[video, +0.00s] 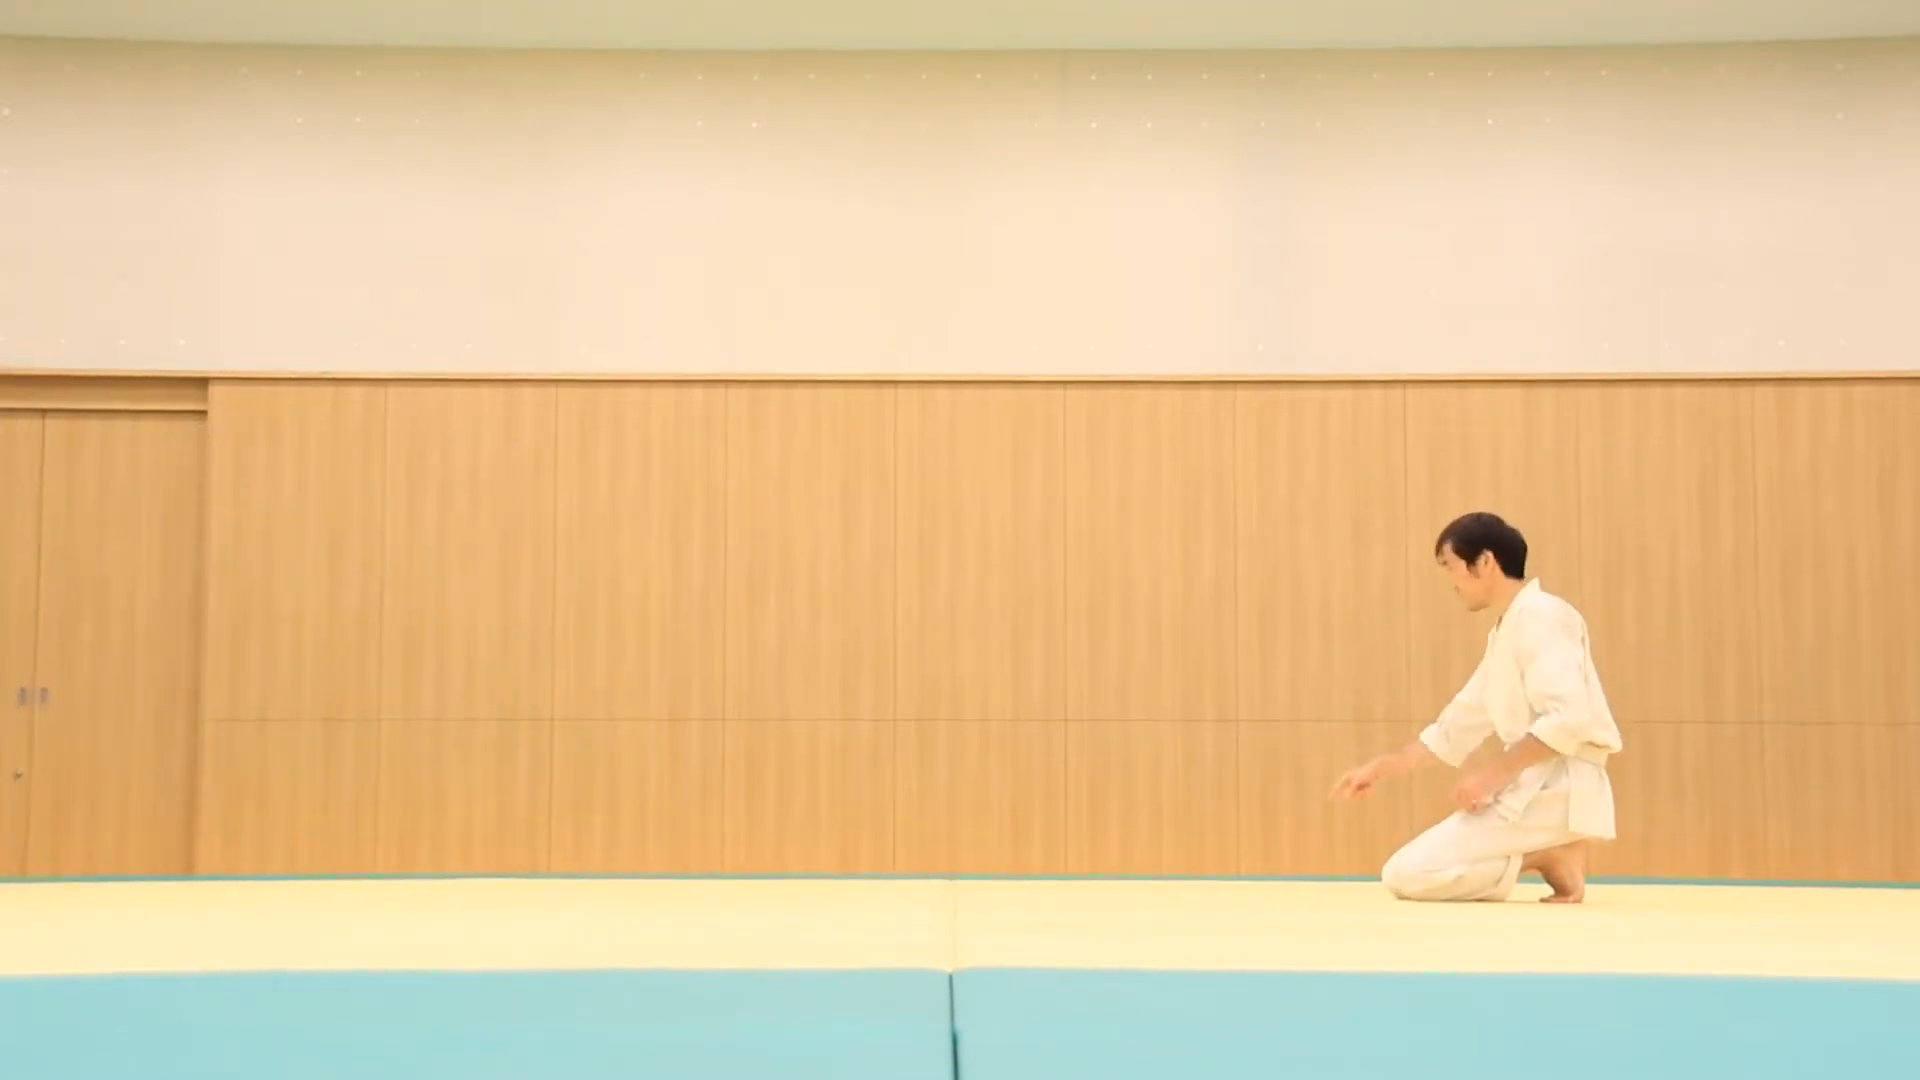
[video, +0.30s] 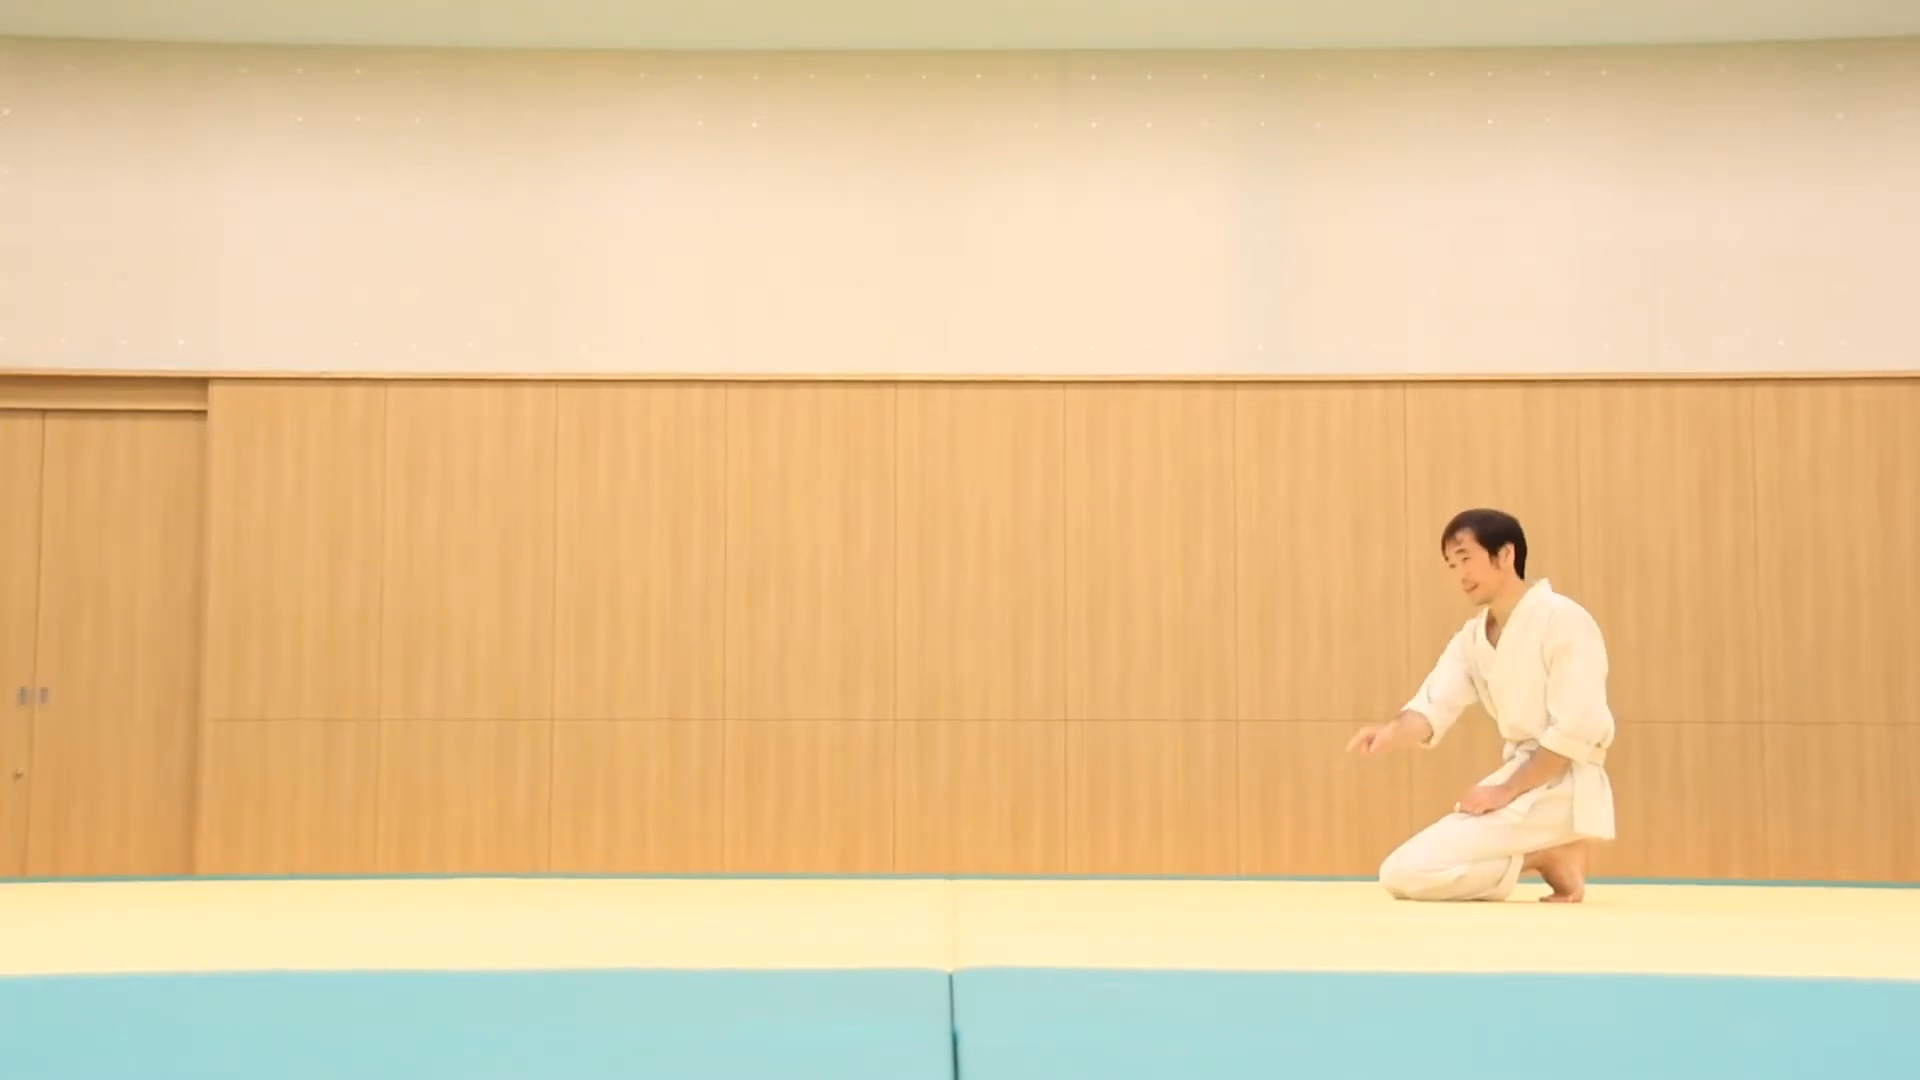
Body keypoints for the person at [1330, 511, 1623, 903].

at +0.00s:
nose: (1451, 582)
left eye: (1451, 568)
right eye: (1446, 571)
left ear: (1487, 564)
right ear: (1487, 566)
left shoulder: (1541, 616)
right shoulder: (1508, 629)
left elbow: (1570, 719)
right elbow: (1460, 722)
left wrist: (1494, 774)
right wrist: (1381, 769)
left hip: (1560, 794)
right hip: (1537, 789)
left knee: (1407, 877)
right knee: (1406, 873)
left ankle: (1549, 855)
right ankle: (1546, 857)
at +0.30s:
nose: (1458, 575)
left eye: (1465, 559)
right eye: (1453, 565)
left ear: (1506, 555)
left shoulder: (1564, 621)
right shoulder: (1474, 637)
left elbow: (1578, 728)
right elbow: (1433, 705)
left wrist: (1506, 789)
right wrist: (1392, 734)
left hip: (1566, 789)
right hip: (1516, 784)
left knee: (1405, 875)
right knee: (1401, 874)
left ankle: (1548, 857)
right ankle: (1546, 857)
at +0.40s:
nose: (1455, 574)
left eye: (1462, 558)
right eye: (1449, 565)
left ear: (1503, 555)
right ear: (1446, 569)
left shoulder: (1559, 621)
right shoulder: (1471, 633)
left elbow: (1575, 728)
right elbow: (1442, 696)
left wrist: (1501, 792)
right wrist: (1425, 697)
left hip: (1563, 788)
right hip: (1513, 780)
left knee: (1404, 875)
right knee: (1398, 874)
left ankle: (1547, 855)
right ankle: (1543, 856)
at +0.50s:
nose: (1452, 572)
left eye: (1458, 556)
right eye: (1446, 563)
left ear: (1498, 554)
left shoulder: (1559, 618)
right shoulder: (1468, 627)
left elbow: (1568, 728)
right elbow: (1448, 664)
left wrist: (1498, 792)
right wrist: (1435, 685)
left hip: (1563, 788)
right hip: (1514, 780)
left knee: (1405, 875)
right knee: (1398, 874)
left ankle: (1548, 855)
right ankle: (1544, 856)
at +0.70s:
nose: (1448, 569)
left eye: (1454, 554)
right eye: (1444, 558)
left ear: (1495, 553)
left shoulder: (1557, 621)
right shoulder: (1470, 626)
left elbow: (1563, 733)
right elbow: (1412, 654)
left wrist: (1497, 794)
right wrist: (1354, 654)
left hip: (1562, 789)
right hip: (1515, 779)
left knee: (1405, 875)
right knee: (1399, 873)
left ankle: (1548, 855)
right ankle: (1545, 854)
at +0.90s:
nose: (1444, 569)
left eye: (1450, 554)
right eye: (1443, 556)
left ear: (1490, 555)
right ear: (1483, 559)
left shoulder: (1556, 621)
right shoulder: (1471, 626)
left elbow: (1566, 734)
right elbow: (1393, 663)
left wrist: (1499, 795)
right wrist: (1308, 666)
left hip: (1563, 789)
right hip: (1515, 781)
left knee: (1409, 876)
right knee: (1398, 874)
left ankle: (1549, 856)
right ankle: (1546, 858)